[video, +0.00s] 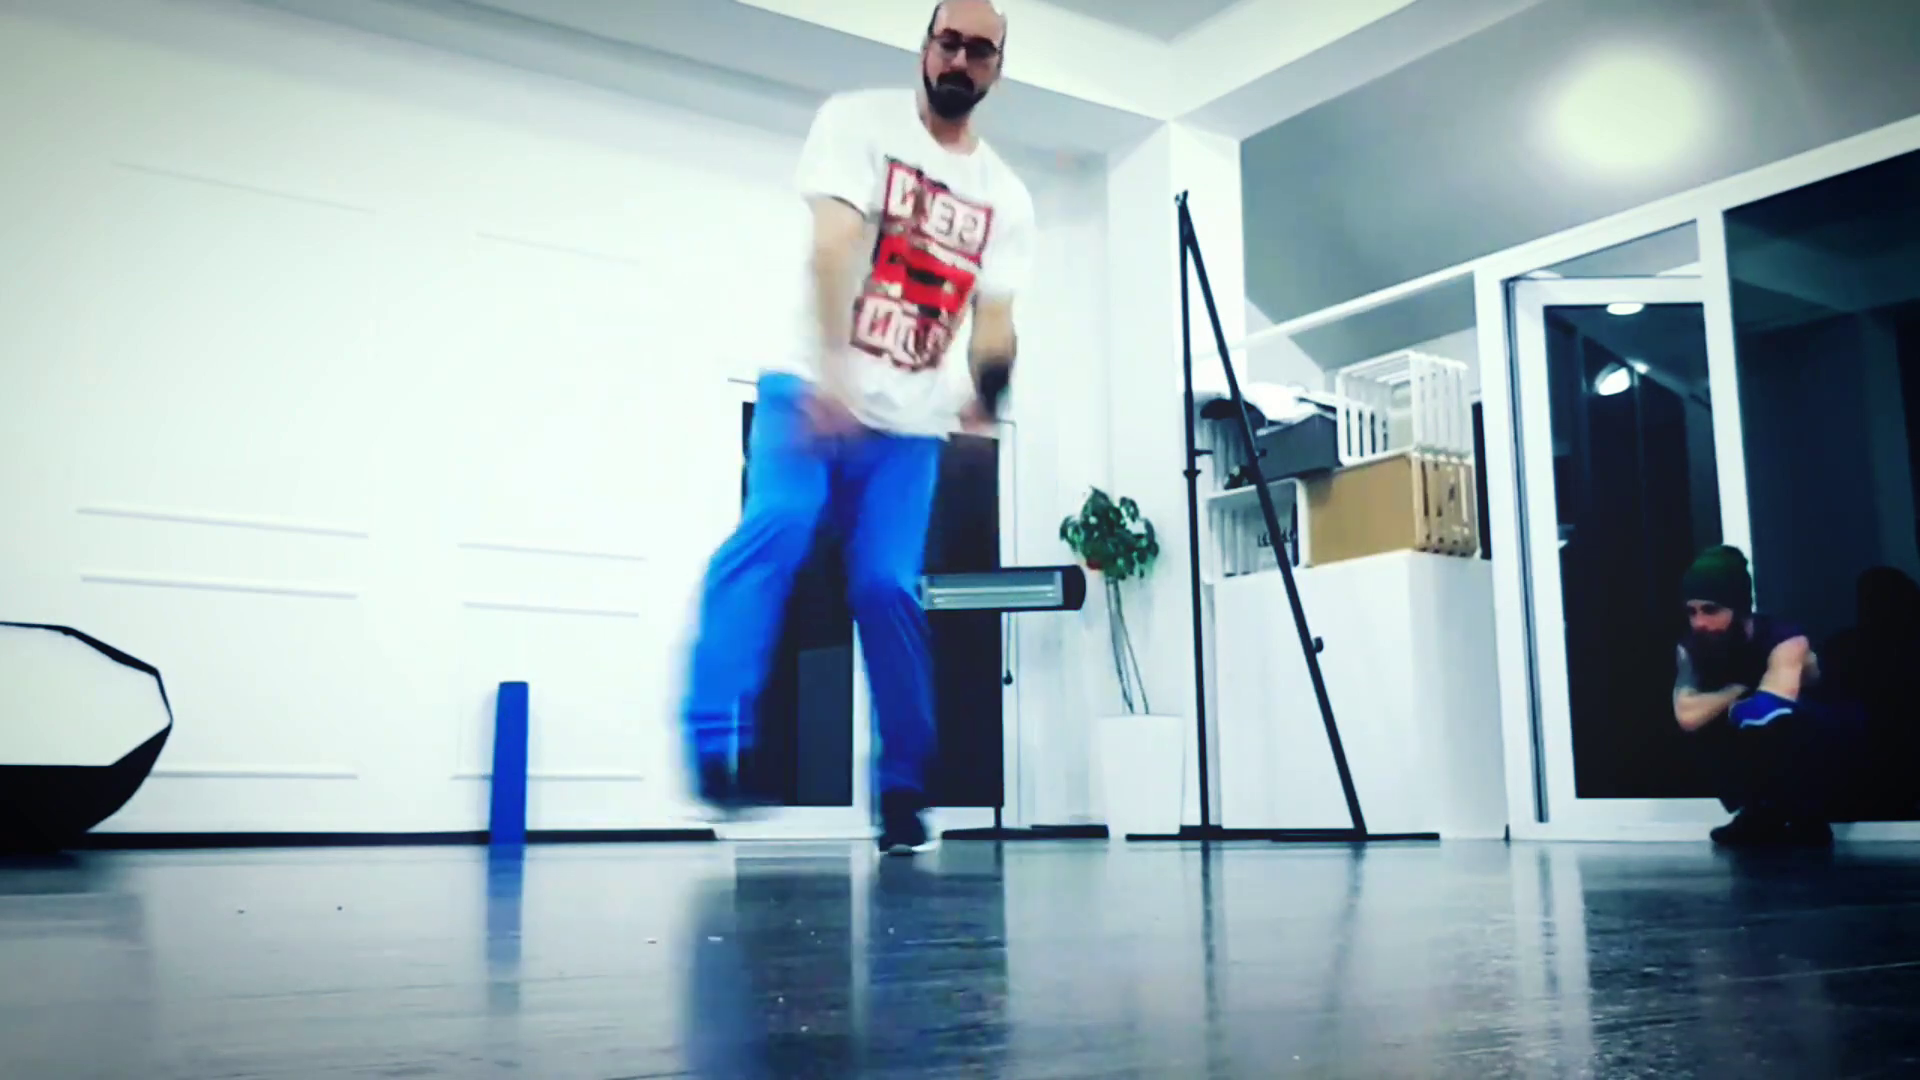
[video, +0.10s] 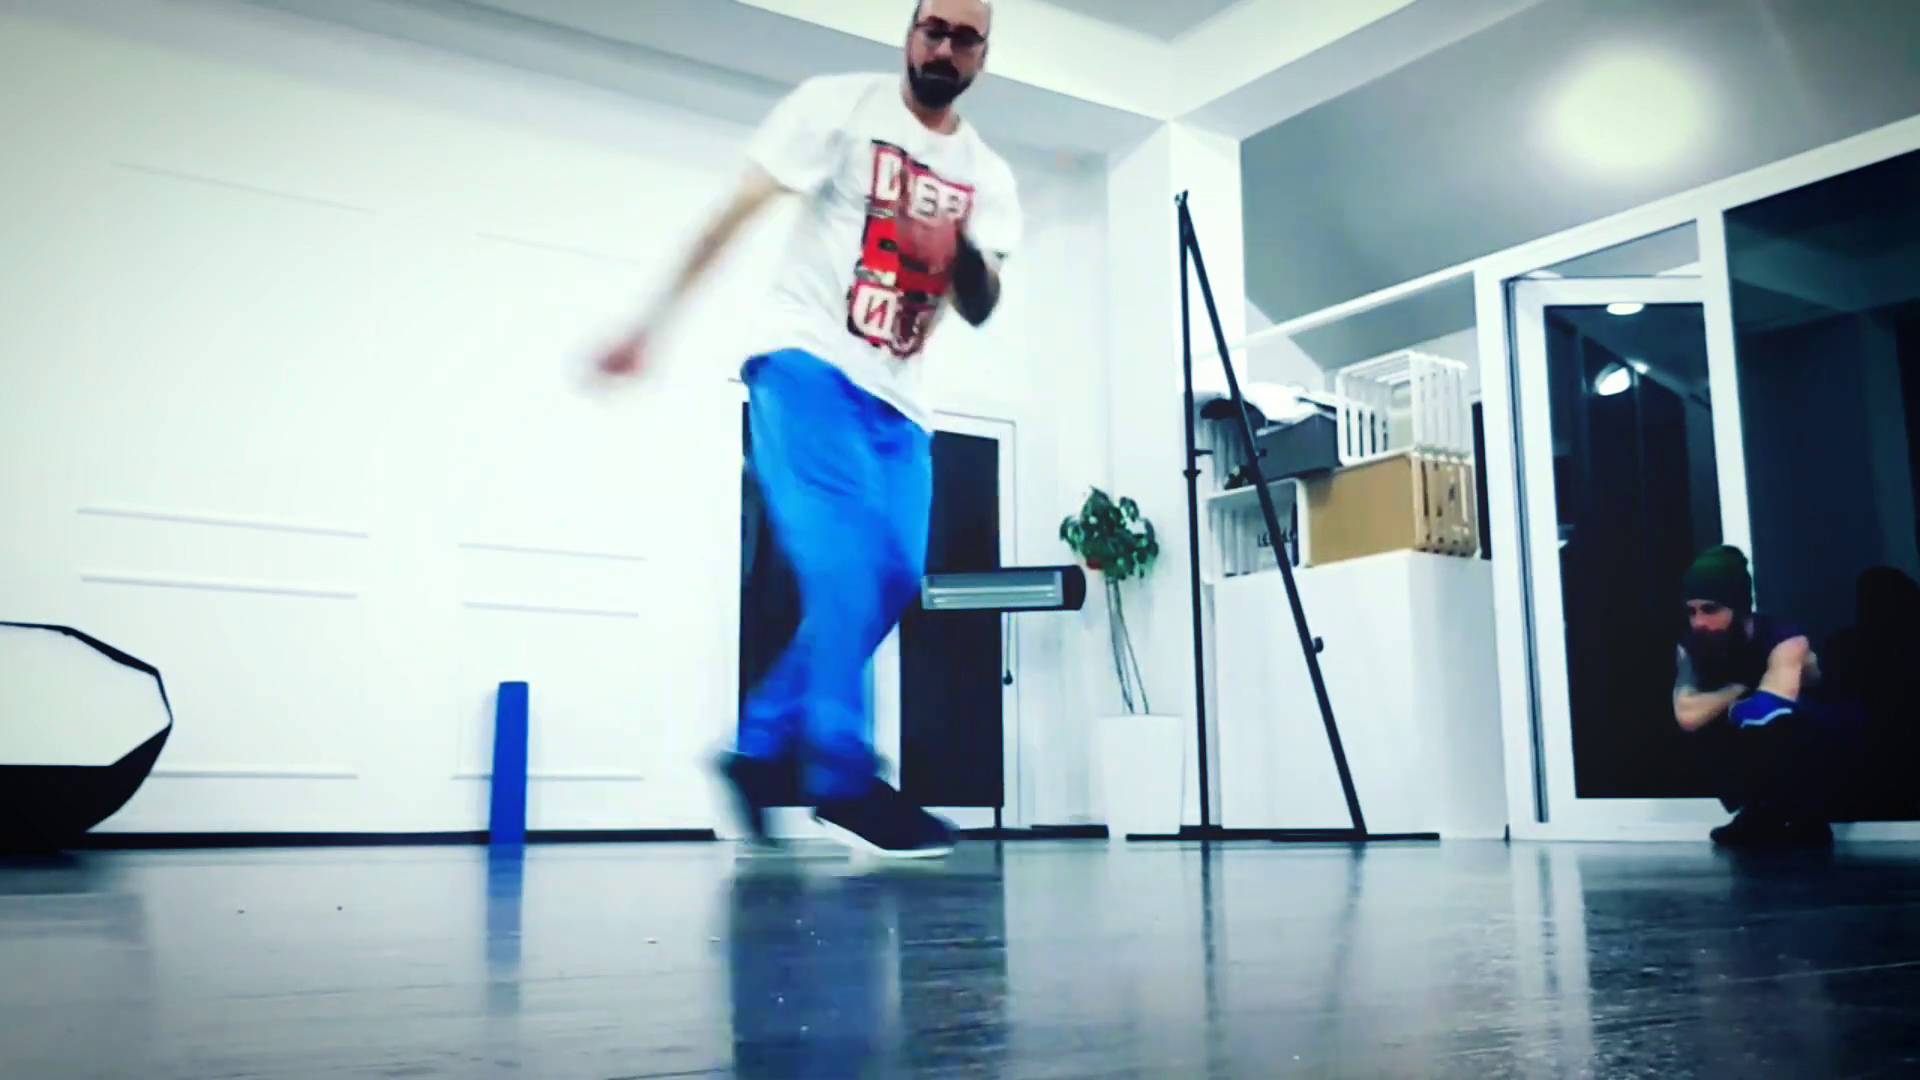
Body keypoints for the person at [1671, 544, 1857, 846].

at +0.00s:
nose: (1699, 623)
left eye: (1710, 611)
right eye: (1692, 612)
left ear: (1738, 607)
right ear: (1685, 611)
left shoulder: (1783, 640)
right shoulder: (1691, 651)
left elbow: (1773, 706)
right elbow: (1687, 715)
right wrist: (1737, 690)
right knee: (1708, 726)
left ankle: (1804, 820)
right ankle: (1756, 813)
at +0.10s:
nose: (1698, 623)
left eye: (1709, 611)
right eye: (1692, 612)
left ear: (1738, 607)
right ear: (1685, 611)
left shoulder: (1783, 640)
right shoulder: (1691, 651)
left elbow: (1775, 704)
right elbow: (1687, 715)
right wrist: (1738, 690)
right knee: (1708, 727)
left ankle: (1804, 820)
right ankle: (1756, 814)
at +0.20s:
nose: (1698, 622)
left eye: (1710, 610)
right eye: (1692, 611)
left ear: (1738, 607)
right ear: (1685, 611)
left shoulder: (1782, 639)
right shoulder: (1691, 651)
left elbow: (1774, 705)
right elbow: (1687, 715)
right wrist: (1738, 690)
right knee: (1707, 726)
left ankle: (1804, 820)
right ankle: (1756, 813)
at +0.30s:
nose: (1698, 622)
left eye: (1709, 610)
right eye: (1692, 611)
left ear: (1738, 606)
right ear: (1685, 610)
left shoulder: (1782, 639)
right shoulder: (1691, 651)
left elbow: (1774, 704)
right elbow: (1687, 716)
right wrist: (1737, 690)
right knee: (1709, 726)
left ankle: (1805, 820)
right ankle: (1756, 813)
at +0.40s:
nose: (1698, 623)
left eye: (1709, 610)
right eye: (1691, 612)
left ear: (1738, 607)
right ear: (1685, 611)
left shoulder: (1782, 639)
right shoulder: (1690, 651)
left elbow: (1776, 701)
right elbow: (1687, 716)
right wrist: (1736, 690)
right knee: (1709, 726)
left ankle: (1805, 820)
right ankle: (1756, 814)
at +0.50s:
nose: (1698, 622)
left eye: (1709, 610)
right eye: (1691, 612)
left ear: (1737, 607)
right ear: (1685, 611)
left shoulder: (1782, 639)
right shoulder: (1690, 651)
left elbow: (1775, 703)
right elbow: (1687, 716)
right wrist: (1738, 689)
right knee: (1710, 727)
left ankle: (1804, 820)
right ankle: (1756, 813)